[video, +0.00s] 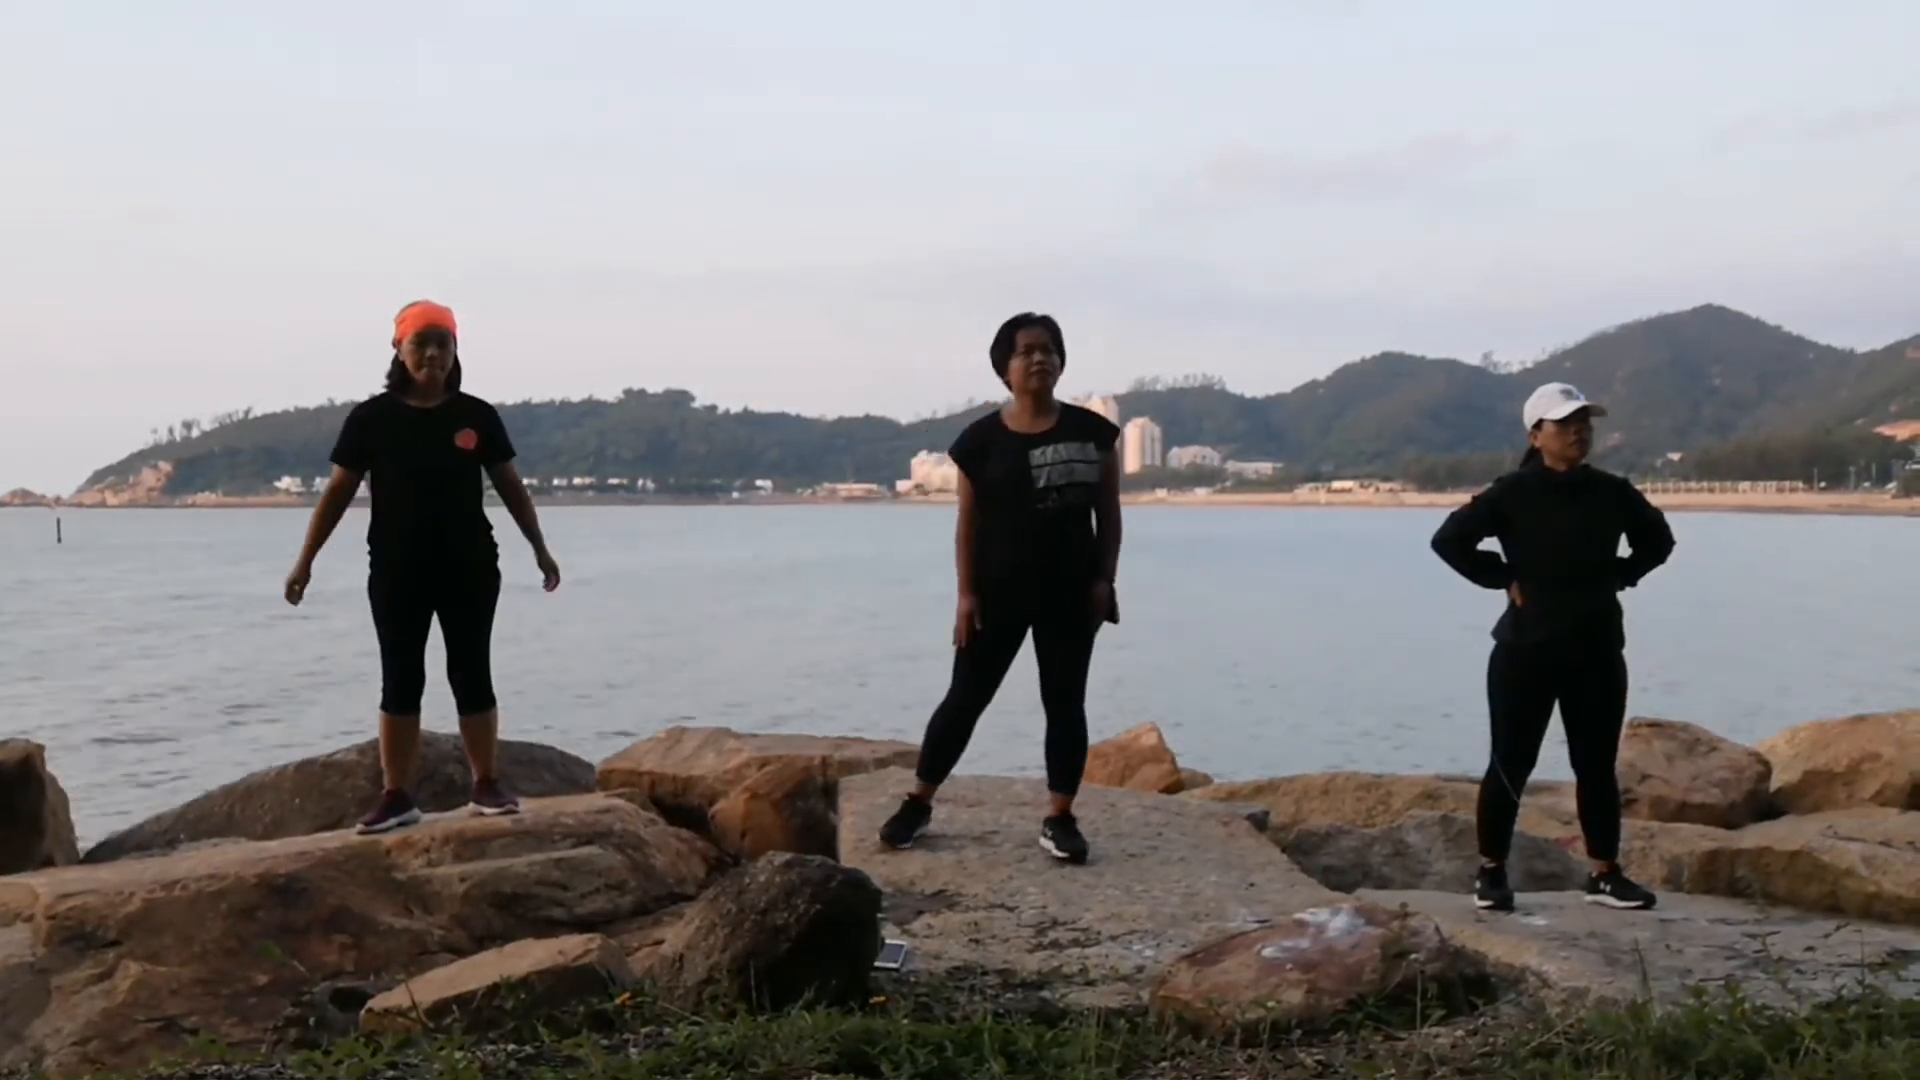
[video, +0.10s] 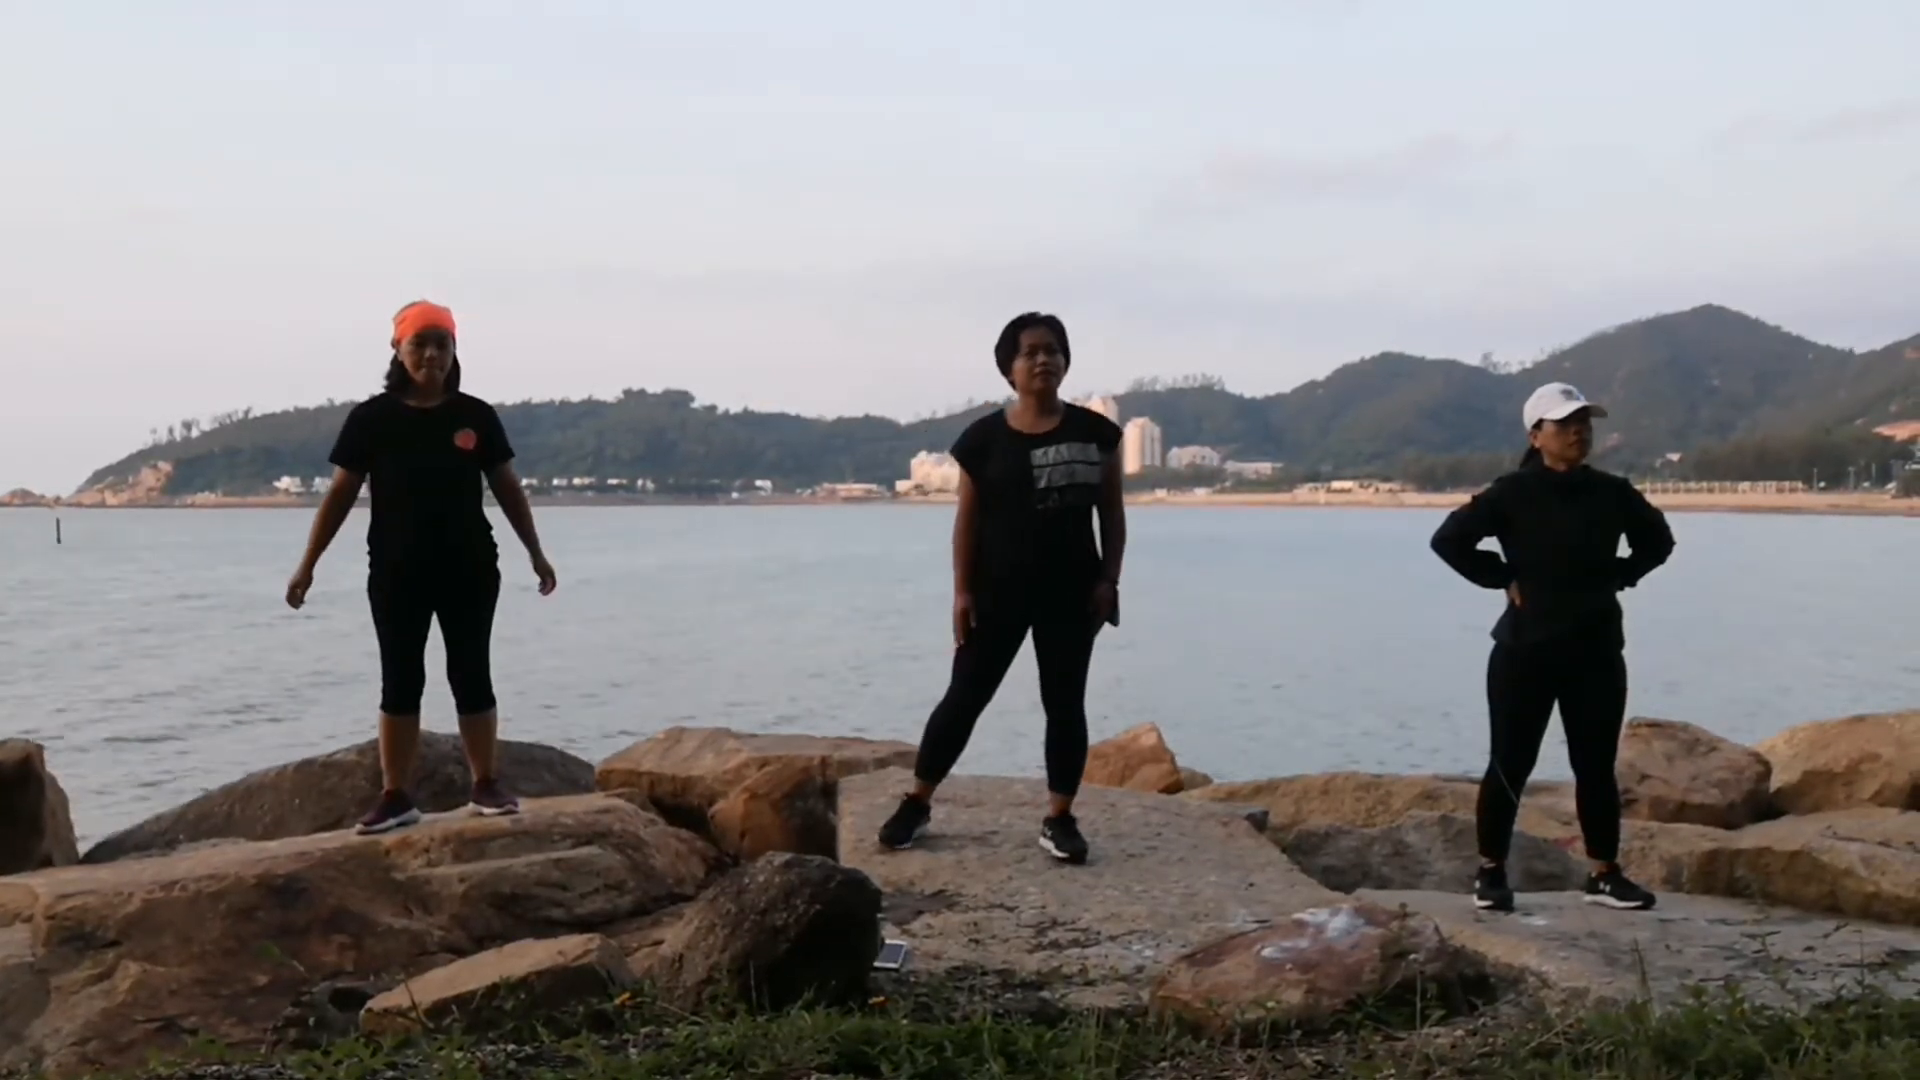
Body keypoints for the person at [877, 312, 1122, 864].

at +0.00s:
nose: (1038, 359)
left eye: (1047, 351)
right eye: (1025, 352)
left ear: (1061, 364)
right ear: (1004, 365)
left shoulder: (1095, 433)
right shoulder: (980, 440)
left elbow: (1110, 515)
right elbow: (966, 524)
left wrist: (1106, 581)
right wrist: (966, 593)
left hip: (1071, 593)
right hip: (1001, 594)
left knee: (1066, 707)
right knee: (963, 701)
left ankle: (1060, 816)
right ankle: (918, 802)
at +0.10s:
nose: (1042, 362)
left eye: (1052, 353)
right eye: (1030, 353)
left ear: (1065, 364)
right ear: (1008, 366)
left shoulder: (1098, 434)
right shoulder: (983, 439)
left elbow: (1112, 514)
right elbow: (966, 521)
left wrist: (1109, 581)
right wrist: (961, 591)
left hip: (1071, 593)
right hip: (1000, 595)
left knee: (1066, 708)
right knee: (962, 701)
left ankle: (1060, 817)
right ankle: (916, 802)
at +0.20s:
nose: (1044, 361)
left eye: (1055, 352)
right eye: (1032, 352)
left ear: (1067, 363)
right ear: (1011, 364)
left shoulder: (1098, 434)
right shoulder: (983, 436)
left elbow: (1111, 512)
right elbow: (966, 517)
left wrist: (1109, 581)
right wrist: (958, 588)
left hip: (1067, 594)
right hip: (997, 594)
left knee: (1064, 708)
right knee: (956, 698)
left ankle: (1059, 817)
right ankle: (913, 801)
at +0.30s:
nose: (1041, 361)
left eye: (1052, 352)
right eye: (1030, 352)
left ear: (1067, 364)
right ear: (1009, 363)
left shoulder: (1095, 436)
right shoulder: (981, 434)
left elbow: (1107, 518)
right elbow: (961, 517)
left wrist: (1104, 584)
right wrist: (953, 588)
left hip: (1061, 595)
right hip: (991, 592)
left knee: (1060, 708)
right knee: (950, 697)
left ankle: (1059, 817)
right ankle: (916, 801)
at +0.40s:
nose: (1036, 362)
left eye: (1046, 353)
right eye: (1025, 352)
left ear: (1061, 364)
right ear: (1003, 364)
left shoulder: (1085, 436)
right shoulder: (972, 434)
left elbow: (1098, 520)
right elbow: (950, 516)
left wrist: (1095, 588)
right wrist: (941, 588)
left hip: (1052, 597)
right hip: (982, 593)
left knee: (1055, 708)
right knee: (952, 702)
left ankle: (1058, 818)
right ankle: (923, 811)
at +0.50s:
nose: (1026, 362)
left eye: (1036, 353)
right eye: (1015, 353)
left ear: (1050, 364)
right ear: (993, 363)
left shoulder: (1072, 437)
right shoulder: (959, 434)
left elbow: (1085, 519)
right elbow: (938, 517)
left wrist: (1083, 587)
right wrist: (930, 588)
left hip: (1041, 595)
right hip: (971, 593)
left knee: (1047, 708)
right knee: (946, 703)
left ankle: (1056, 816)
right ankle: (922, 811)